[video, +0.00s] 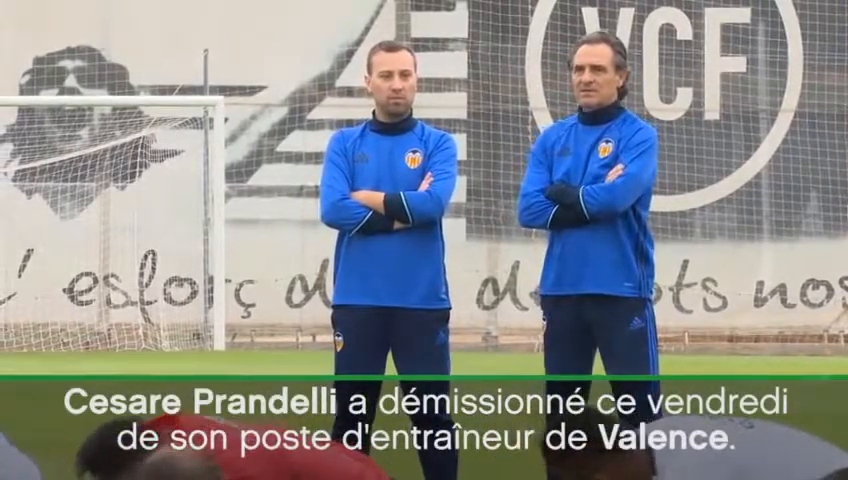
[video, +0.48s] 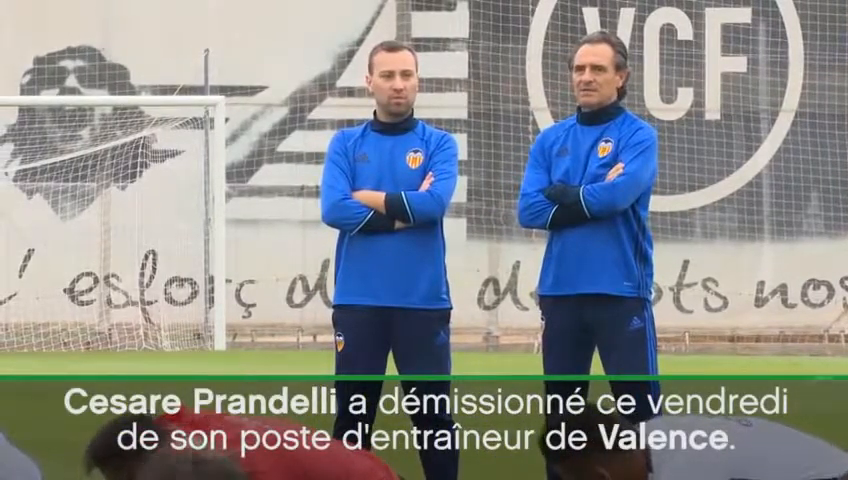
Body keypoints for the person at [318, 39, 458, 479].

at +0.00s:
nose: (397, 84)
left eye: (405, 75)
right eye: (386, 76)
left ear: (417, 82)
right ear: (369, 84)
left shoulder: (438, 142)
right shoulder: (344, 142)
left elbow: (432, 206)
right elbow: (333, 210)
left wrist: (362, 196)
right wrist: (405, 212)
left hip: (422, 302)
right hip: (357, 301)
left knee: (432, 416)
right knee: (351, 418)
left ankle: (442, 479)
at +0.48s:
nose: (398, 84)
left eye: (406, 75)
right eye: (388, 75)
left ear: (418, 82)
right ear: (369, 83)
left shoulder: (440, 142)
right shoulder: (345, 142)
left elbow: (434, 205)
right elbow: (334, 210)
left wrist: (363, 196)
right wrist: (407, 212)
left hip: (423, 301)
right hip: (358, 301)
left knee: (433, 416)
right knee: (352, 418)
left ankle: (442, 479)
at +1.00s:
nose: (397, 84)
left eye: (405, 75)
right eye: (387, 76)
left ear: (417, 82)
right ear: (369, 83)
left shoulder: (439, 143)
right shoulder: (345, 142)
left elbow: (433, 207)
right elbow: (334, 211)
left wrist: (360, 196)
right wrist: (407, 212)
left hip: (423, 301)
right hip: (358, 301)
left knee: (434, 417)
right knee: (352, 419)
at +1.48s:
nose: (396, 84)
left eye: (405, 75)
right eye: (386, 76)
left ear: (417, 82)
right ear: (369, 83)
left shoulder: (439, 143)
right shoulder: (345, 142)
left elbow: (433, 206)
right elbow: (333, 211)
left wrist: (361, 196)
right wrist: (406, 213)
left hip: (423, 302)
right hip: (358, 301)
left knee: (434, 417)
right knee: (352, 418)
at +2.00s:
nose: (393, 85)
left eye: (402, 76)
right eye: (384, 76)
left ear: (417, 82)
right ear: (369, 83)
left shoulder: (439, 143)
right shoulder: (345, 142)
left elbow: (433, 206)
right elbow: (333, 210)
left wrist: (363, 196)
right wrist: (406, 213)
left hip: (422, 301)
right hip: (358, 301)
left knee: (433, 415)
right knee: (352, 417)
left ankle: (443, 479)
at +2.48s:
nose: (392, 85)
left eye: (401, 76)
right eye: (382, 76)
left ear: (416, 82)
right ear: (368, 84)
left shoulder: (439, 143)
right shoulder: (344, 142)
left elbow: (432, 206)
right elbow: (332, 209)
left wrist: (362, 196)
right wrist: (403, 214)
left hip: (422, 301)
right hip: (358, 301)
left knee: (432, 416)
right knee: (353, 417)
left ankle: (443, 478)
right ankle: (352, 478)